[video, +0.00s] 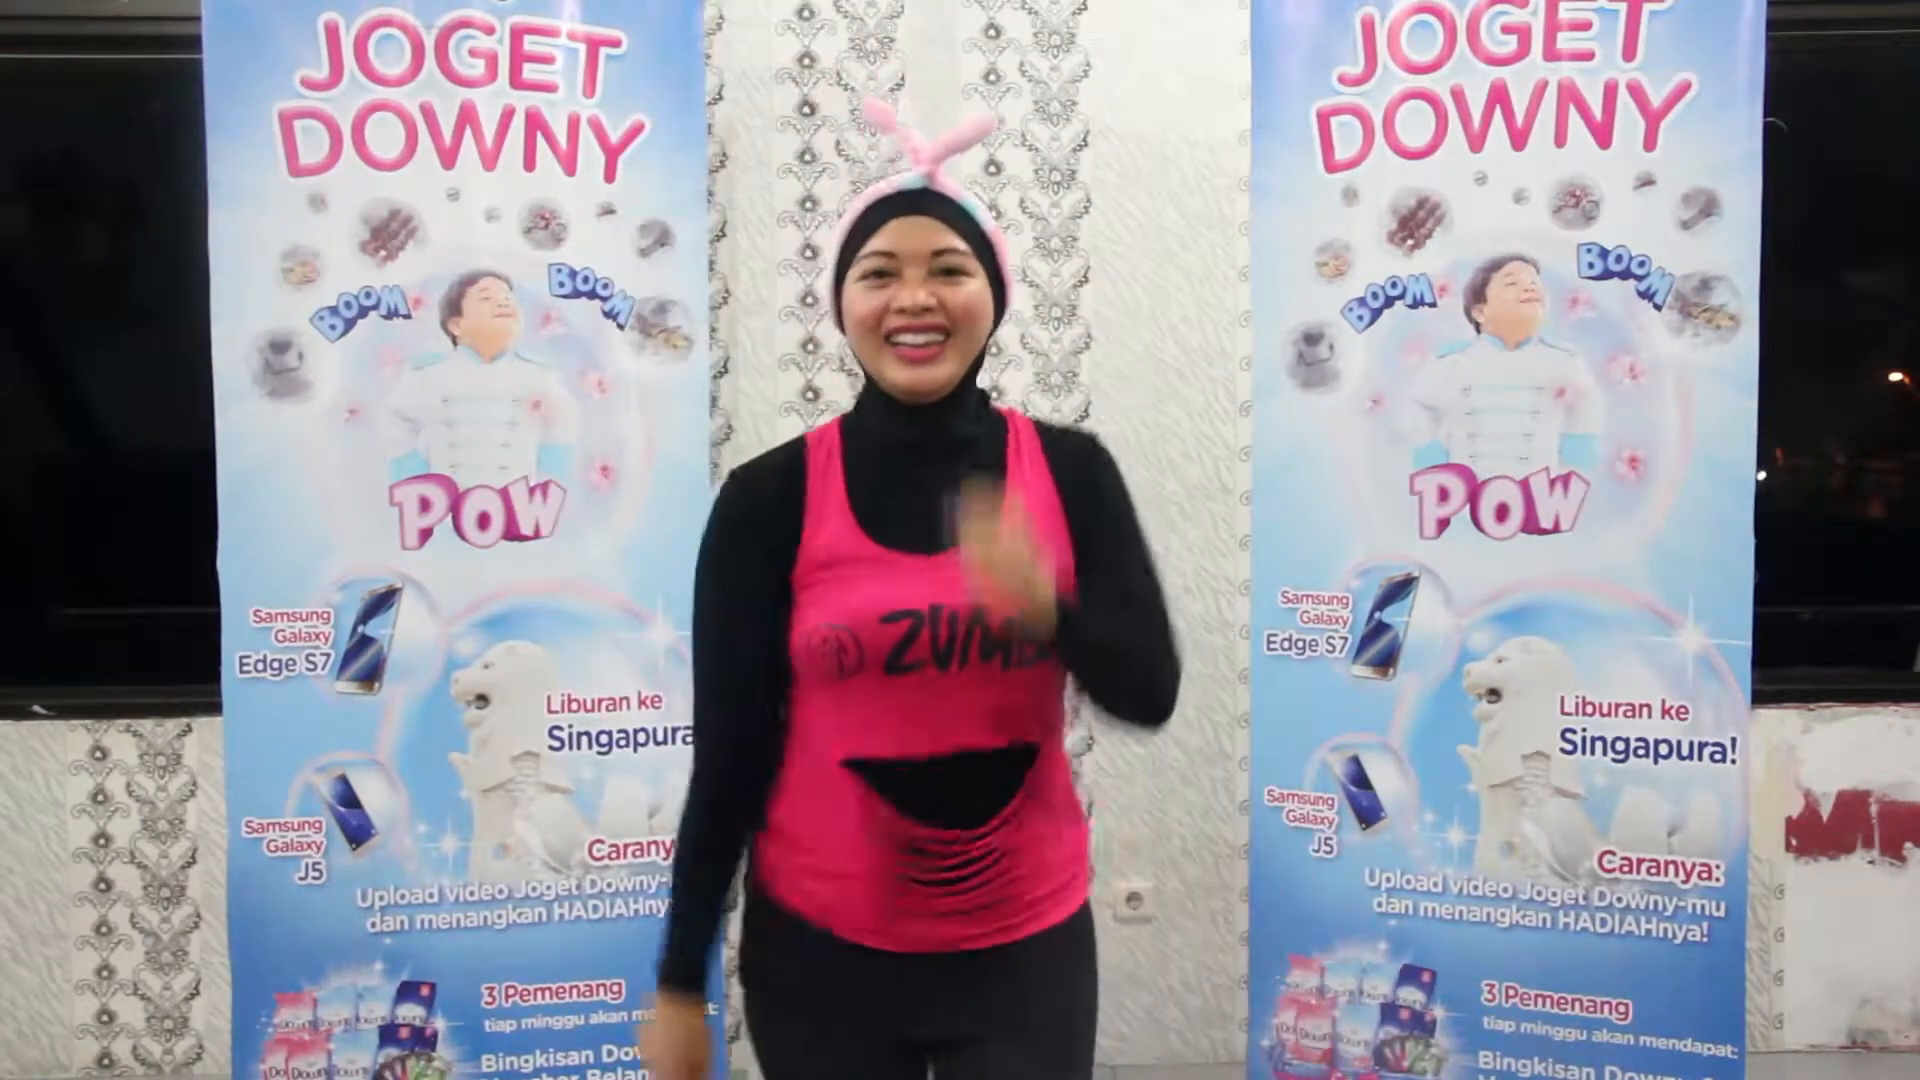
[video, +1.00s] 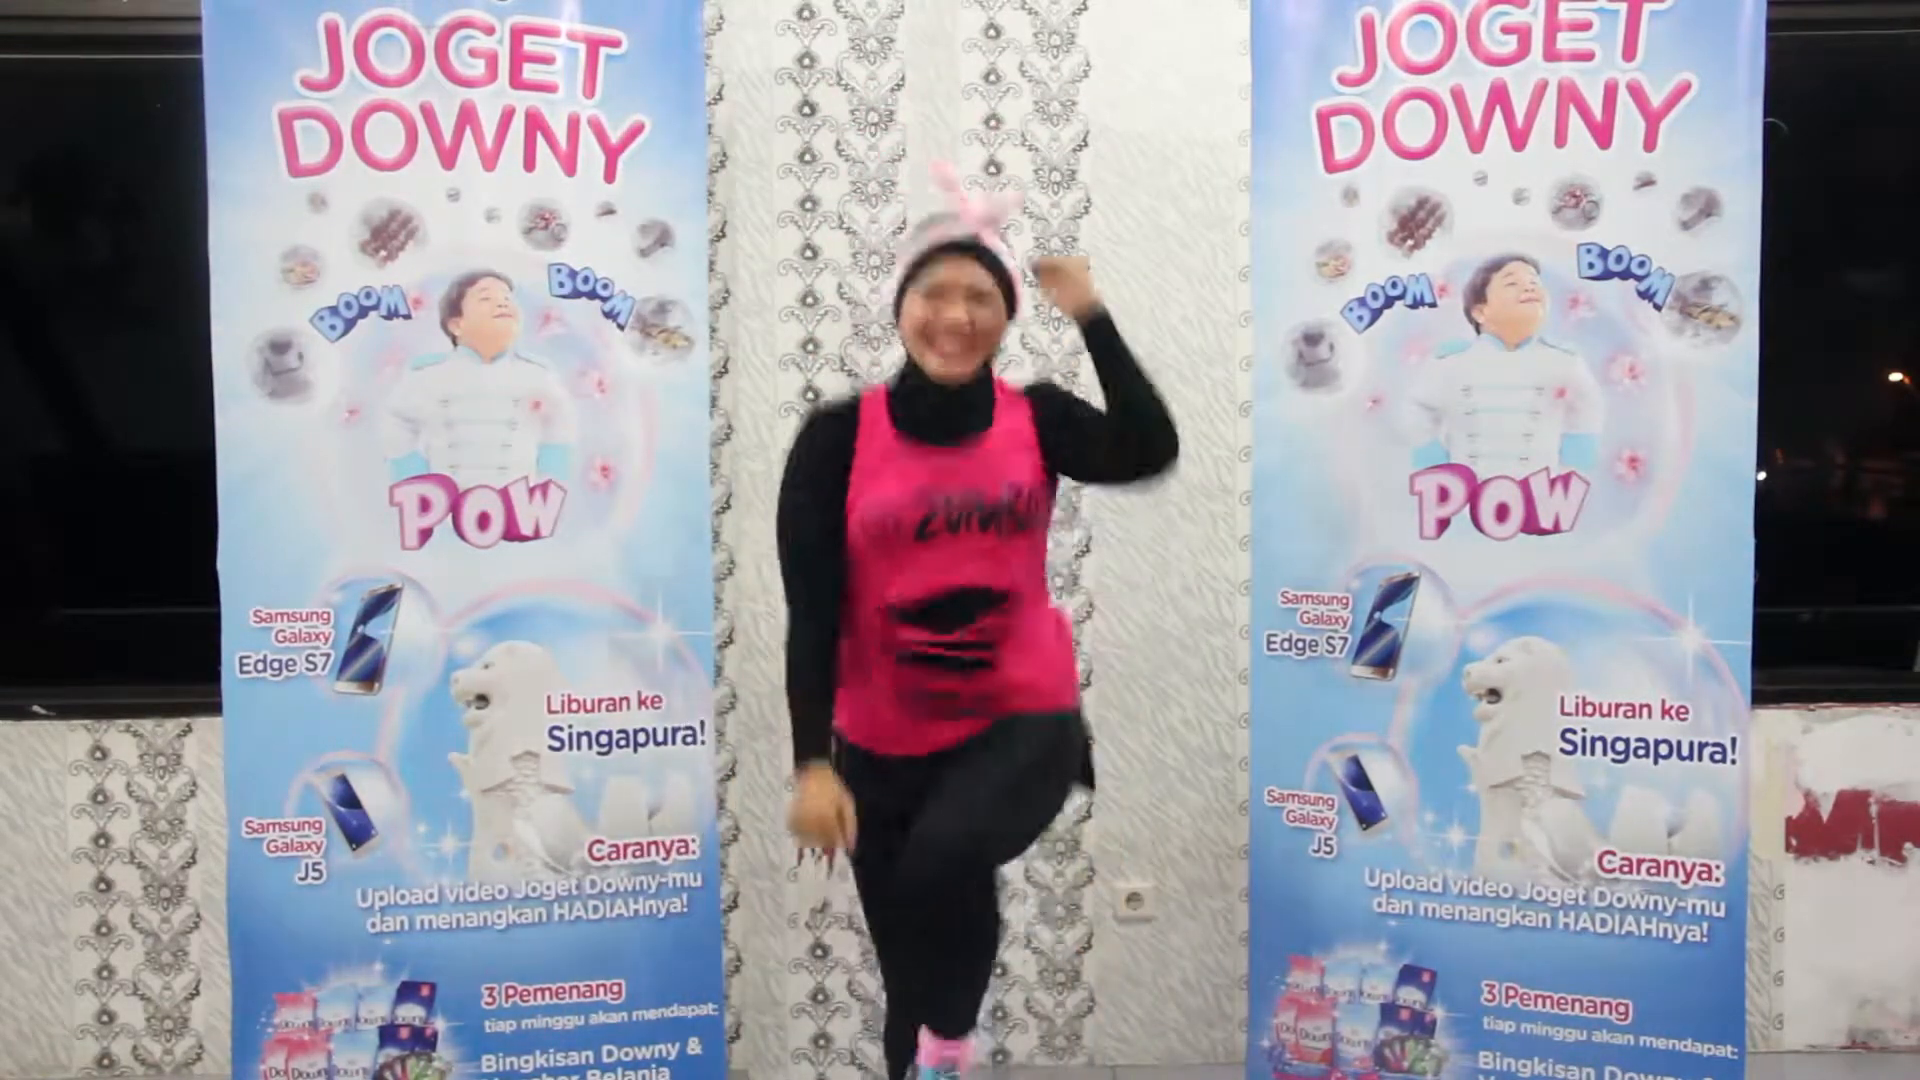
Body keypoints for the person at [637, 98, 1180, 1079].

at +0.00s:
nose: (915, 296)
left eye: (948, 268)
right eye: (879, 273)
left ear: (994, 300)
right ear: (842, 309)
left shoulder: (1067, 471)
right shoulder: (768, 499)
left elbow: (1149, 693)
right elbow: (733, 751)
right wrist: (681, 982)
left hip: (1023, 946)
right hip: (822, 950)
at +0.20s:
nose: (918, 348)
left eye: (948, 322)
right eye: (889, 328)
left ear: (996, 346)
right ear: (858, 361)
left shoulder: (1062, 496)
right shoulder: (819, 516)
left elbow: (1155, 626)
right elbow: (766, 662)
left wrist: (1066, 427)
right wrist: (709, 802)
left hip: (1045, 921)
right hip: (863, 921)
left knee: (1039, 1066)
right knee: (848, 1067)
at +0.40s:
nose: (923, 318)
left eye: (952, 294)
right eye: (898, 297)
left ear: (997, 315)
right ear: (870, 323)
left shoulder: (1068, 455)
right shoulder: (838, 463)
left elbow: (1109, 605)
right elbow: (802, 599)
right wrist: (761, 733)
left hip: (1043, 832)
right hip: (877, 827)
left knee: (1034, 1065)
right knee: (853, 1064)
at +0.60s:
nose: (917, 356)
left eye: (941, 336)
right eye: (894, 337)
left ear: (979, 357)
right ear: (865, 360)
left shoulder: (1046, 506)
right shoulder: (821, 502)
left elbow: (1102, 689)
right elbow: (787, 642)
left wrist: (1096, 858)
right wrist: (783, 675)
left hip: (1015, 854)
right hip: (867, 854)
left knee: (1005, 1067)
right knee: (903, 1066)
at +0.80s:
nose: (923, 342)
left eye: (946, 322)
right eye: (901, 324)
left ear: (981, 346)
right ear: (872, 350)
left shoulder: (1036, 471)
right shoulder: (822, 481)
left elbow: (1098, 615)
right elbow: (785, 655)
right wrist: (771, 649)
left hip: (1012, 777)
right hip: (872, 789)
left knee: (924, 966)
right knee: (897, 1011)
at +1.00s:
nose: (954, 314)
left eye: (976, 299)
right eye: (935, 295)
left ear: (1005, 321)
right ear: (900, 311)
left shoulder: (1037, 418)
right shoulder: (837, 435)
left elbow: (1150, 448)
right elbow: (812, 608)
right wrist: (812, 760)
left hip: (1023, 724)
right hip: (886, 739)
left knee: (941, 857)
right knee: (909, 985)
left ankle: (950, 1041)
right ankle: (916, 1074)